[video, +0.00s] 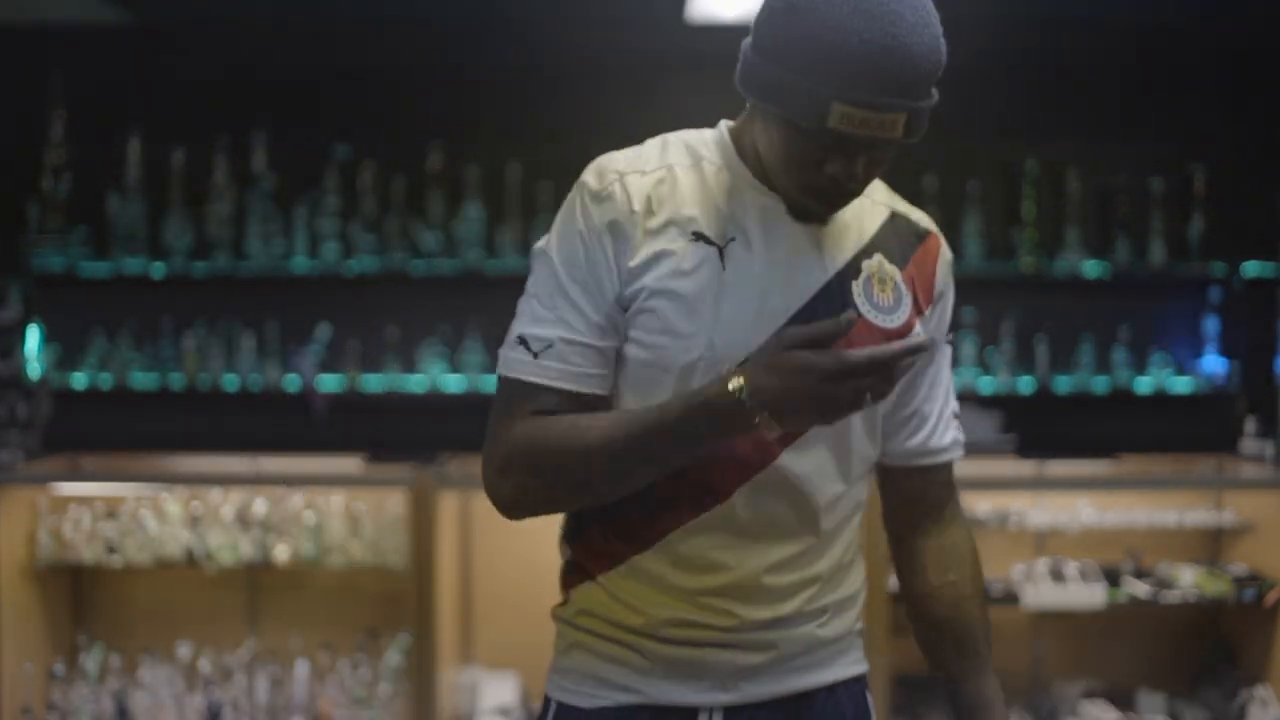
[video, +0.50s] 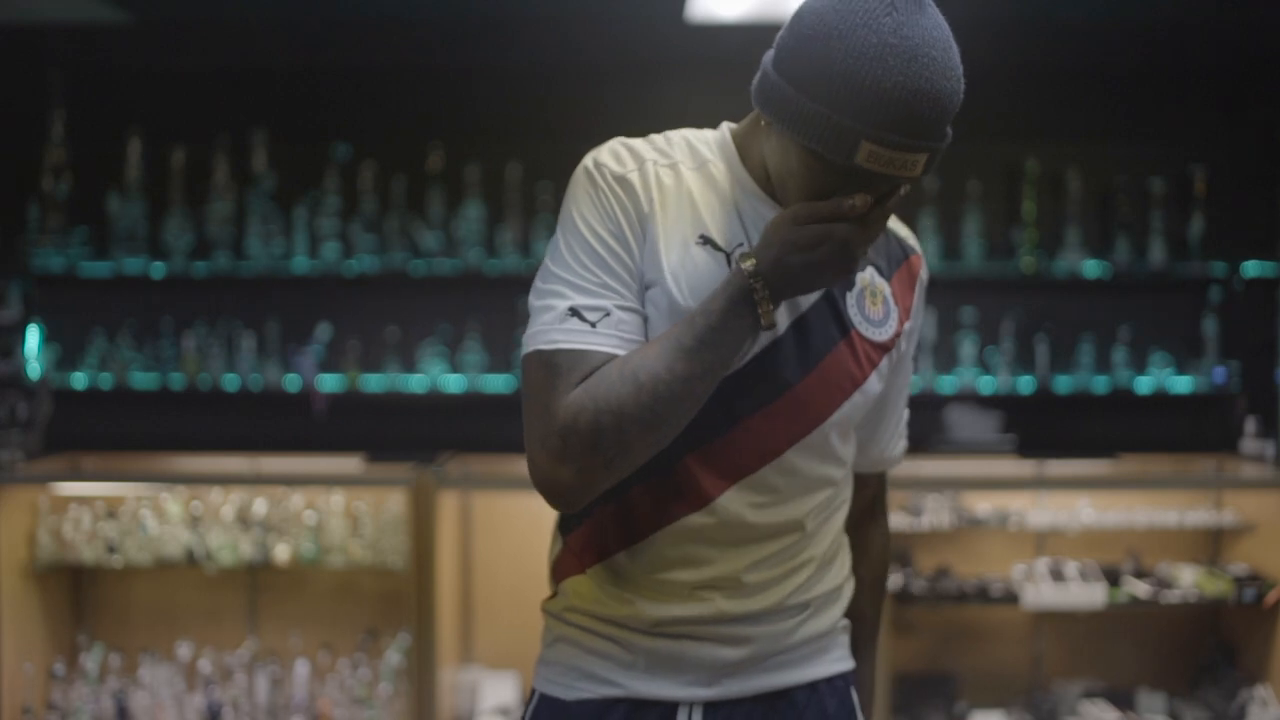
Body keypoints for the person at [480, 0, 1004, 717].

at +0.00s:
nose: (852, 175)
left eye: (883, 148)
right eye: (830, 141)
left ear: (909, 128)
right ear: (756, 92)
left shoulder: (911, 252)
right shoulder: (622, 202)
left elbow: (929, 516)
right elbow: (516, 472)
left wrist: (982, 704)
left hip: (815, 684)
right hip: (621, 683)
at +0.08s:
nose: (864, 182)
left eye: (893, 156)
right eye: (841, 148)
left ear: (922, 132)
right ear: (769, 93)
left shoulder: (917, 257)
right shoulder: (633, 194)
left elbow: (916, 525)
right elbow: (545, 475)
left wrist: (932, 706)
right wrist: (765, 326)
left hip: (818, 681)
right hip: (624, 679)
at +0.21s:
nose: (880, 196)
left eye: (910, 171)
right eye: (855, 163)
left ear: (936, 144)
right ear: (789, 110)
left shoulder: (923, 268)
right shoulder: (643, 182)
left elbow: (897, 522)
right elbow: (577, 462)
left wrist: (891, 705)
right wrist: (778, 271)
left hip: (818, 683)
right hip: (625, 682)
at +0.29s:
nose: (880, 203)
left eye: (911, 178)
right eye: (855, 168)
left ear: (943, 152)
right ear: (786, 112)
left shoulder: (921, 267)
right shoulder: (647, 178)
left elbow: (886, 517)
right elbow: (586, 458)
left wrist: (872, 696)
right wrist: (779, 267)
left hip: (816, 684)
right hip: (622, 681)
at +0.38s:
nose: (878, 207)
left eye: (910, 182)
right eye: (854, 172)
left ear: (940, 155)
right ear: (783, 110)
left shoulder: (917, 266)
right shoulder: (645, 178)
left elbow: (878, 518)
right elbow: (586, 459)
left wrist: (859, 695)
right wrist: (779, 273)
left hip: (813, 684)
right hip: (618, 681)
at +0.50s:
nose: (867, 217)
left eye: (898, 192)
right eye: (846, 181)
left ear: (925, 163)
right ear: (776, 113)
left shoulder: (897, 263)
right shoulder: (625, 184)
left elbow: (863, 508)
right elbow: (565, 466)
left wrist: (857, 692)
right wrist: (761, 284)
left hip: (804, 683)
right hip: (611, 682)